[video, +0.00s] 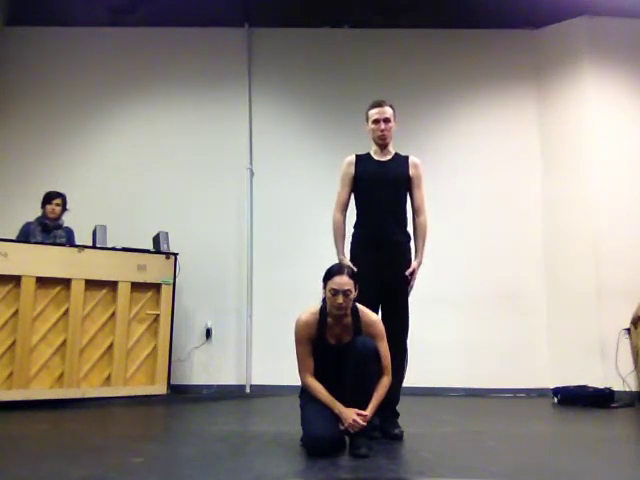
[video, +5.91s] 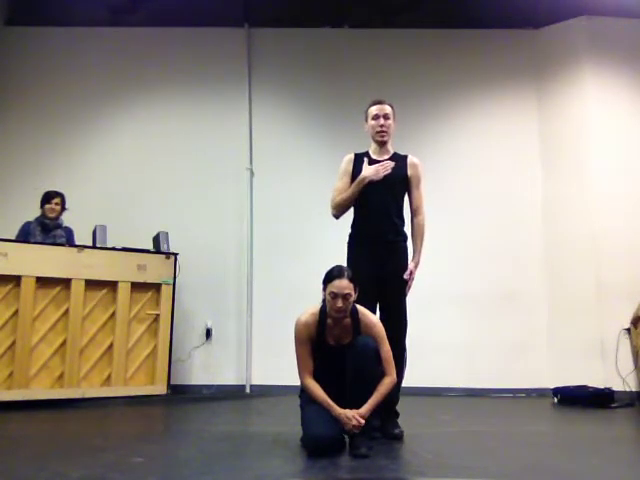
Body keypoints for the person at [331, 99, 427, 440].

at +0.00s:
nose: (382, 126)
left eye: (387, 121)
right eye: (376, 121)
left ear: (395, 125)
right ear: (367, 127)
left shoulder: (411, 166)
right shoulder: (353, 165)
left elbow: (420, 215)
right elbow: (339, 213)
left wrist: (418, 258)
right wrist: (342, 259)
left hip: (397, 258)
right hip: (363, 259)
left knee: (396, 338)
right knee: (359, 338)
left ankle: (389, 415)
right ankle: (359, 417)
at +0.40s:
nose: (383, 124)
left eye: (387, 118)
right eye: (377, 119)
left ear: (395, 124)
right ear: (368, 126)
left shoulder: (411, 166)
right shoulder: (353, 165)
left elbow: (421, 215)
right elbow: (333, 210)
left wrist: (419, 259)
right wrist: (350, 213)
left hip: (396, 259)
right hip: (363, 259)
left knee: (395, 339)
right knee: (360, 338)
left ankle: (388, 415)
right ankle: (360, 416)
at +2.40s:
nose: (381, 124)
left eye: (386, 119)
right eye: (375, 120)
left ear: (394, 126)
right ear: (366, 127)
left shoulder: (409, 166)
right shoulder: (353, 163)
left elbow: (419, 215)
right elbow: (332, 205)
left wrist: (416, 259)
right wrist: (366, 177)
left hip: (395, 257)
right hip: (362, 257)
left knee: (395, 337)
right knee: (358, 336)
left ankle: (388, 415)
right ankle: (359, 416)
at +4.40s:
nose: (381, 121)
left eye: (386, 117)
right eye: (375, 117)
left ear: (393, 124)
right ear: (365, 126)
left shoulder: (409, 165)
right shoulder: (352, 162)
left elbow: (418, 215)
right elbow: (331, 203)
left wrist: (415, 259)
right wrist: (365, 175)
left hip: (393, 256)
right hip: (361, 256)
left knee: (394, 337)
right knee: (358, 336)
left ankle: (388, 415)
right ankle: (359, 416)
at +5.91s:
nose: (381, 122)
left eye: (386, 117)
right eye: (376, 117)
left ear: (394, 124)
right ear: (366, 125)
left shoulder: (410, 165)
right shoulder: (353, 162)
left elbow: (418, 214)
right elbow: (336, 208)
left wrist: (416, 258)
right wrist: (364, 178)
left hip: (394, 257)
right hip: (361, 257)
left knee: (394, 337)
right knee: (358, 337)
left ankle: (389, 415)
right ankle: (358, 416)